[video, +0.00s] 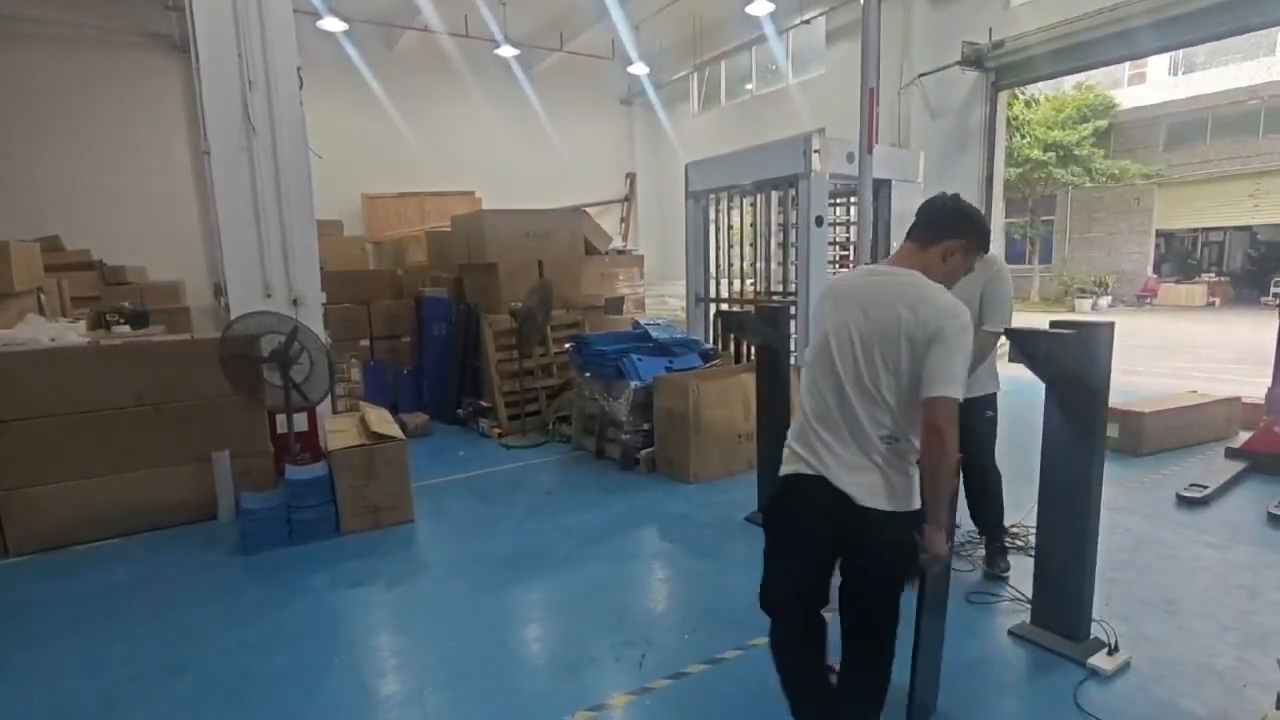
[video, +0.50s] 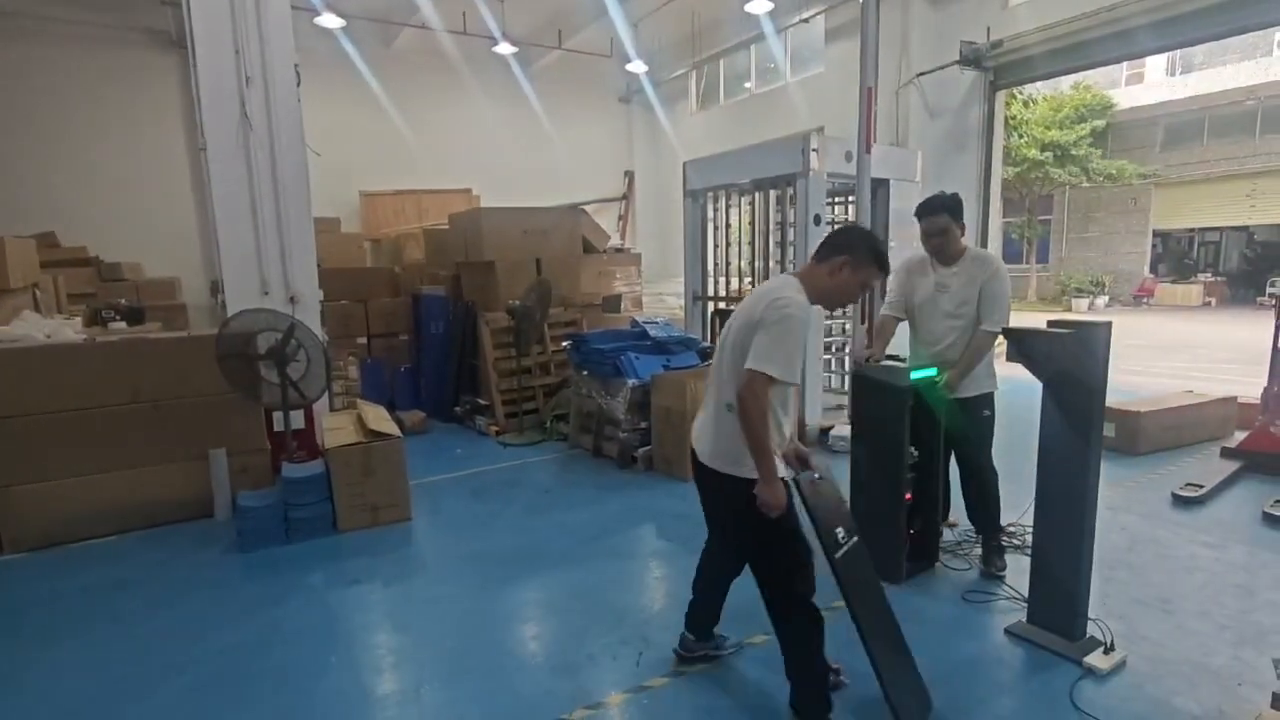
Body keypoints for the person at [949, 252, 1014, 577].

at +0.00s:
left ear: (978, 231)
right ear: (947, 231)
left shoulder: (993, 268)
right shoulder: (924, 260)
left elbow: (991, 333)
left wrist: (956, 373)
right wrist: (924, 367)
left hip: (976, 389)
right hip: (930, 388)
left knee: (980, 469)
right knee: (930, 465)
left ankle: (995, 544)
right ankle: (932, 538)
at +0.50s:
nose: (932, 244)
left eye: (939, 235)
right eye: (926, 236)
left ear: (961, 229)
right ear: (919, 233)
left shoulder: (988, 268)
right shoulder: (911, 268)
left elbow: (989, 330)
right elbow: (889, 315)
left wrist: (954, 376)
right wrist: (875, 349)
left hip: (973, 388)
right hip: (925, 388)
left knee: (977, 468)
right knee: (927, 469)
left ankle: (991, 542)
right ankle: (924, 545)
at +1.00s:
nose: (929, 242)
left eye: (937, 234)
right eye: (923, 234)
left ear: (959, 229)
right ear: (917, 232)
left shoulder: (986, 266)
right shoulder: (910, 264)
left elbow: (988, 327)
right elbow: (888, 312)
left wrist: (954, 373)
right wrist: (872, 348)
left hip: (970, 386)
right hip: (922, 385)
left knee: (975, 468)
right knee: (924, 468)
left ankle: (988, 543)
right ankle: (921, 543)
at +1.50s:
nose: (925, 240)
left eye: (934, 231)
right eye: (920, 232)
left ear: (956, 227)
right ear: (914, 229)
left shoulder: (984, 264)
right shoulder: (907, 264)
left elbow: (985, 326)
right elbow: (885, 311)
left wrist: (954, 368)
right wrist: (872, 344)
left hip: (967, 384)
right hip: (919, 382)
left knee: (971, 466)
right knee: (922, 466)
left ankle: (985, 539)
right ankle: (918, 544)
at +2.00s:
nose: (920, 239)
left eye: (929, 231)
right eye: (915, 231)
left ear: (952, 227)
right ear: (910, 229)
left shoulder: (979, 264)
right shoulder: (903, 264)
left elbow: (981, 326)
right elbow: (881, 311)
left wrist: (951, 369)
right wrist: (867, 345)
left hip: (963, 384)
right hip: (916, 382)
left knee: (967, 465)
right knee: (918, 465)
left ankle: (981, 538)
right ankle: (914, 544)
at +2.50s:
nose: (917, 242)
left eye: (925, 233)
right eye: (912, 234)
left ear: (948, 228)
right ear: (906, 231)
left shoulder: (976, 267)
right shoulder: (899, 265)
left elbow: (976, 328)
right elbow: (878, 312)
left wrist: (946, 370)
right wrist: (865, 347)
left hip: (959, 388)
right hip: (912, 387)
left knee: (963, 466)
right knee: (915, 467)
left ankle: (977, 540)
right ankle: (911, 543)